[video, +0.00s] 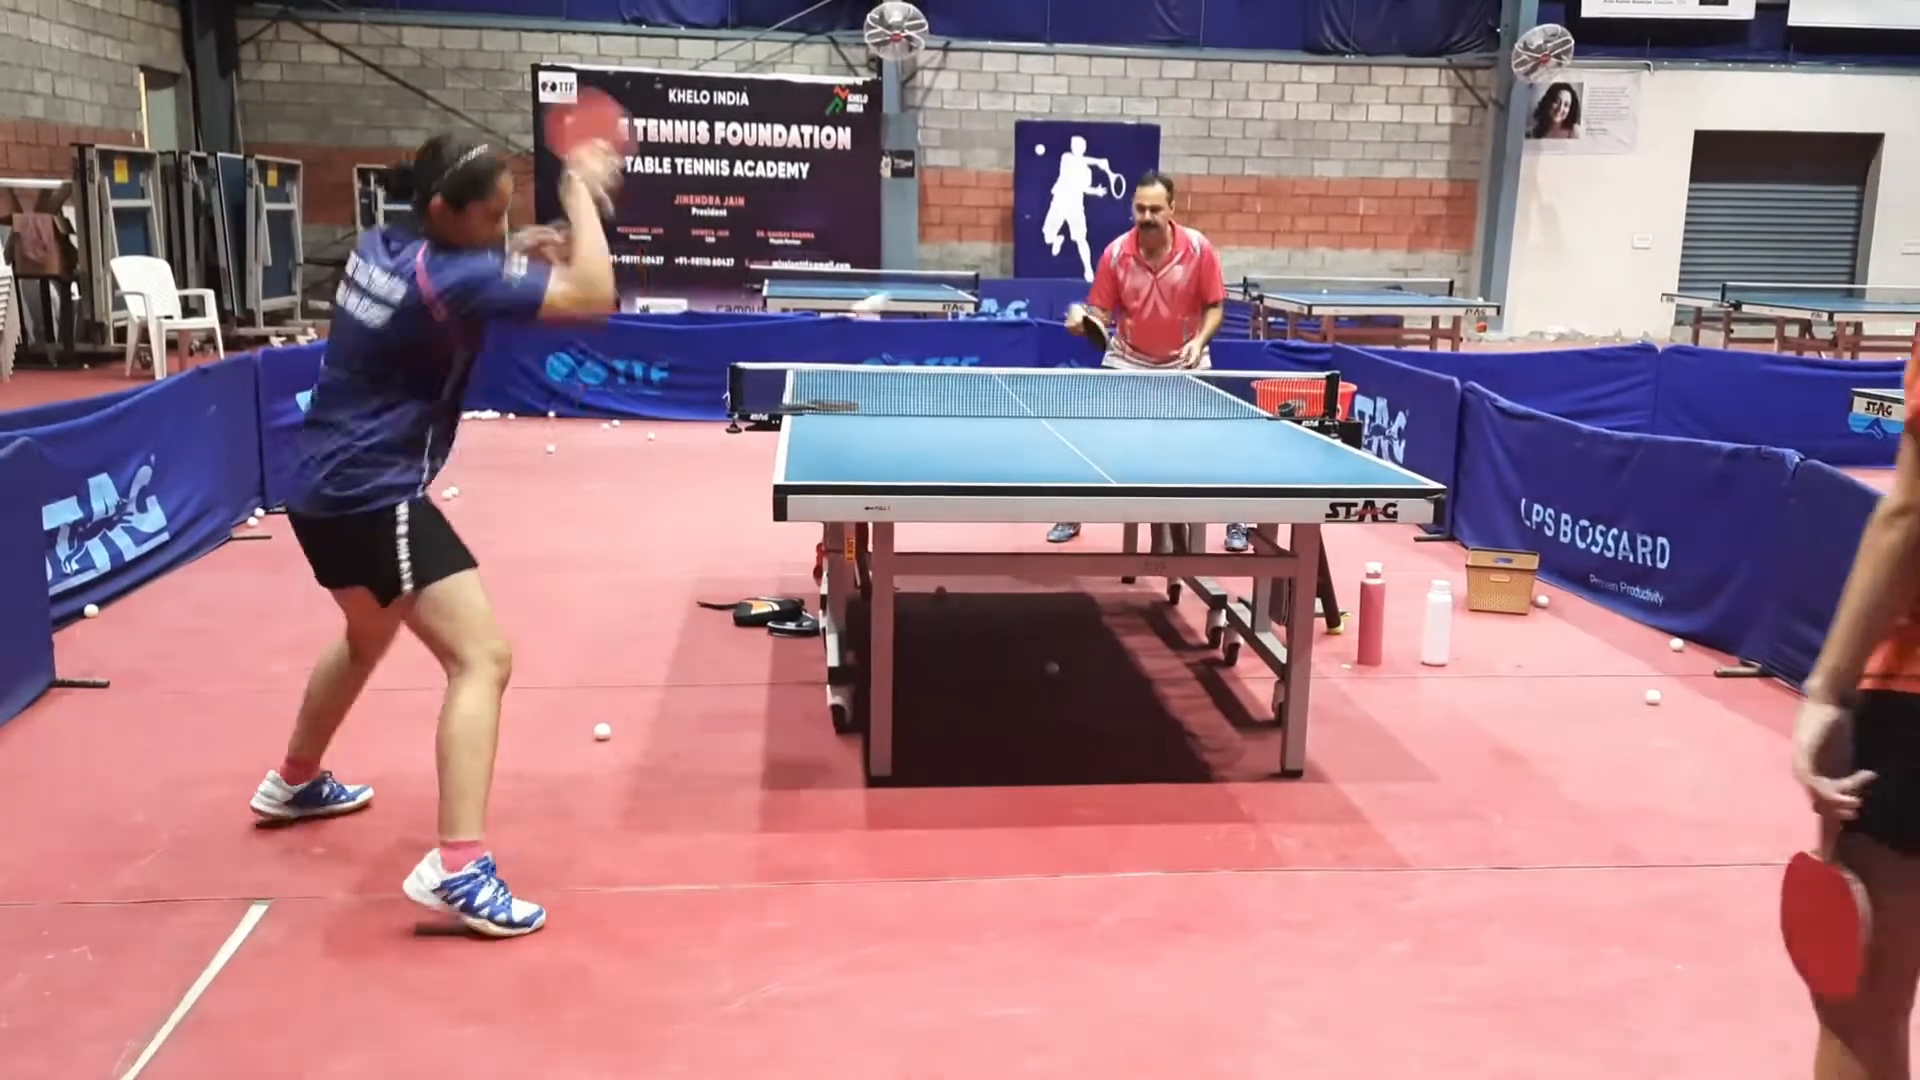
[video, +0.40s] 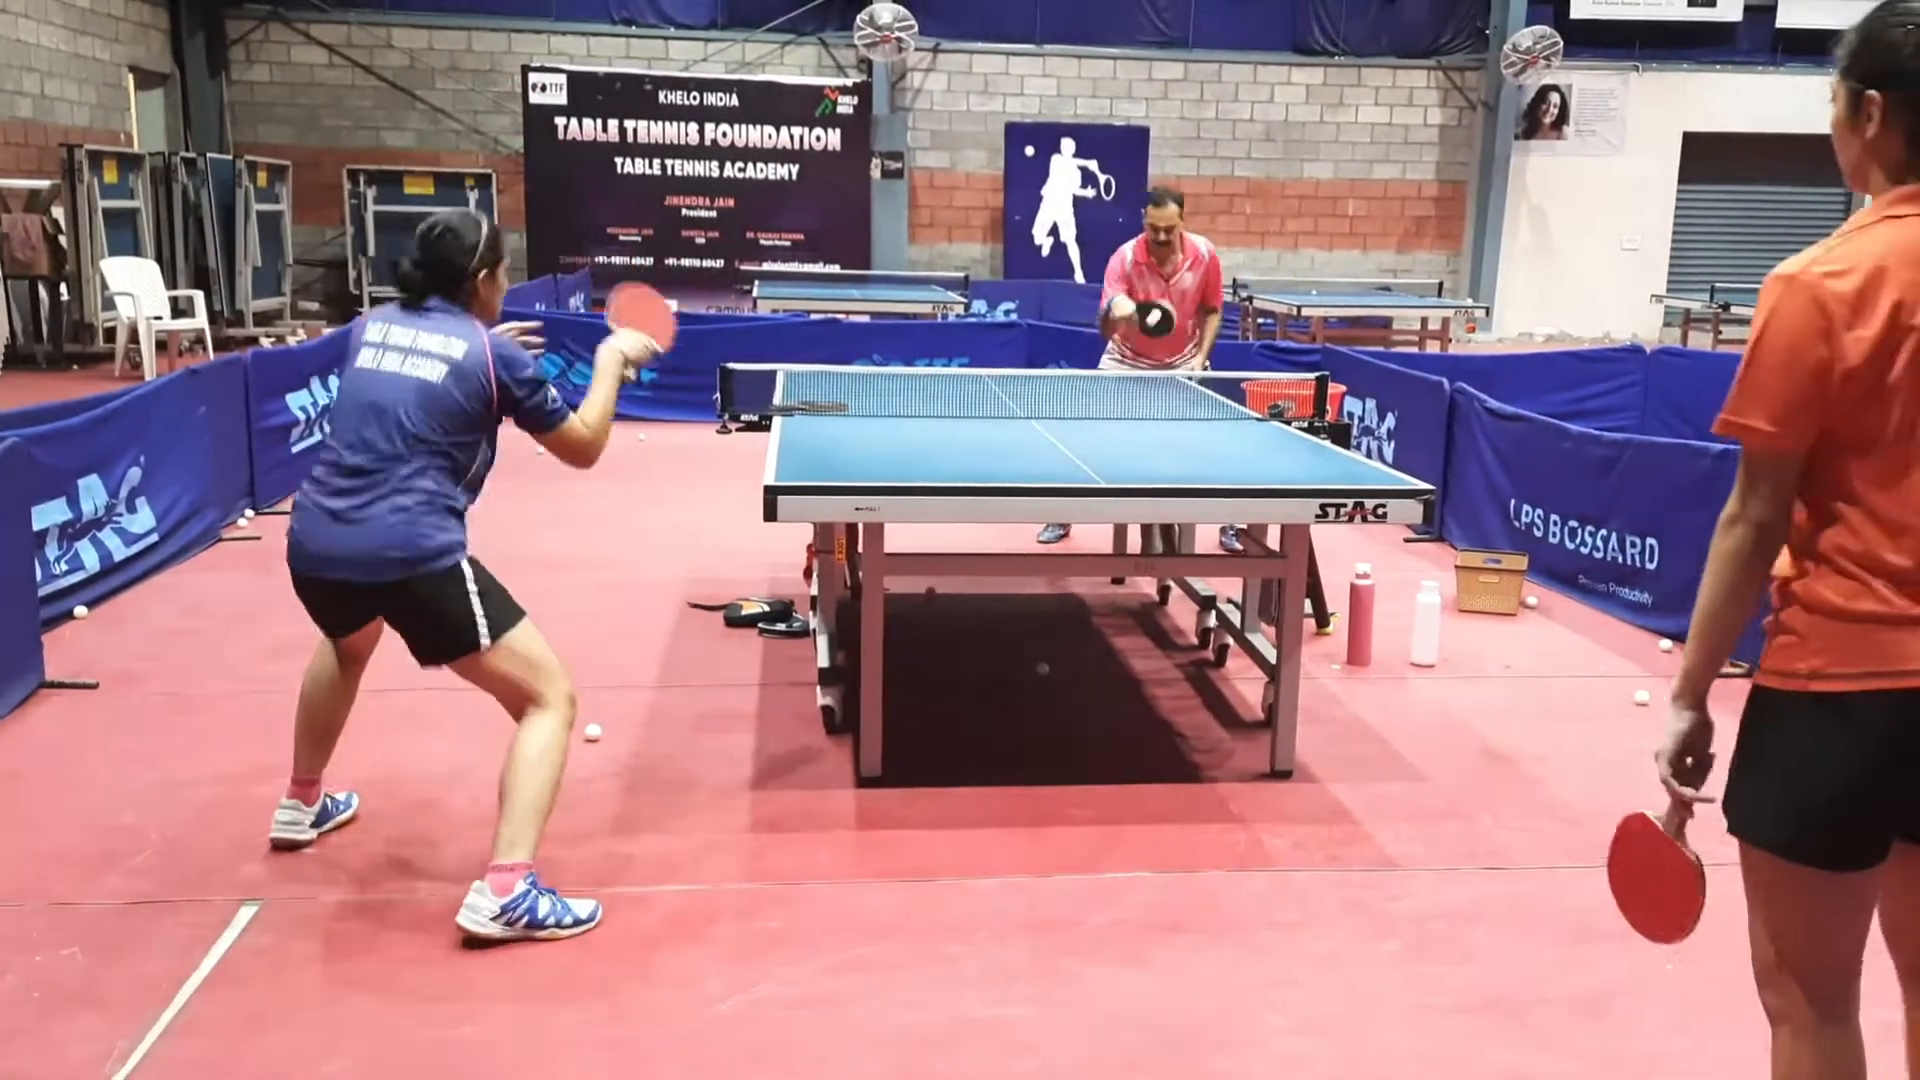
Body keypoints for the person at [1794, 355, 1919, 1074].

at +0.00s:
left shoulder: (1917, 348)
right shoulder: (1914, 349)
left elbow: (1907, 507)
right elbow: (1905, 505)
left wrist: (1828, 687)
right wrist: (1832, 688)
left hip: (1902, 695)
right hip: (1895, 694)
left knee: (1862, 1013)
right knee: (1863, 1010)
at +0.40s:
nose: (1834, 130)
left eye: (1836, 108)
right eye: (1839, 108)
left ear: (1867, 112)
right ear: (1906, 113)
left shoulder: (1829, 285)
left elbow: (1759, 514)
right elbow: (1758, 513)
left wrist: (1689, 690)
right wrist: (1693, 686)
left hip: (1840, 699)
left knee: (1809, 999)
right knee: (1919, 982)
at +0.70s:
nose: (1821, 139)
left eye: (1826, 115)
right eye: (1823, 116)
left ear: (1868, 119)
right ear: (1904, 122)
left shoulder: (1845, 287)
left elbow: (1748, 518)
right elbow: (1749, 515)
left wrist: (1658, 684)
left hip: (1840, 692)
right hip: (1914, 687)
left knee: (1802, 990)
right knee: (1910, 977)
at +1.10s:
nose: (1901, 149)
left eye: (1914, 123)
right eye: (1909, 121)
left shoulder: (1916, 318)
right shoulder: (1911, 318)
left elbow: (1918, 541)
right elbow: (1893, 529)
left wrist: (1896, 718)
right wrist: (1846, 700)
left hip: (1869, 688)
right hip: (1868, 682)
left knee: (1811, 978)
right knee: (1817, 980)